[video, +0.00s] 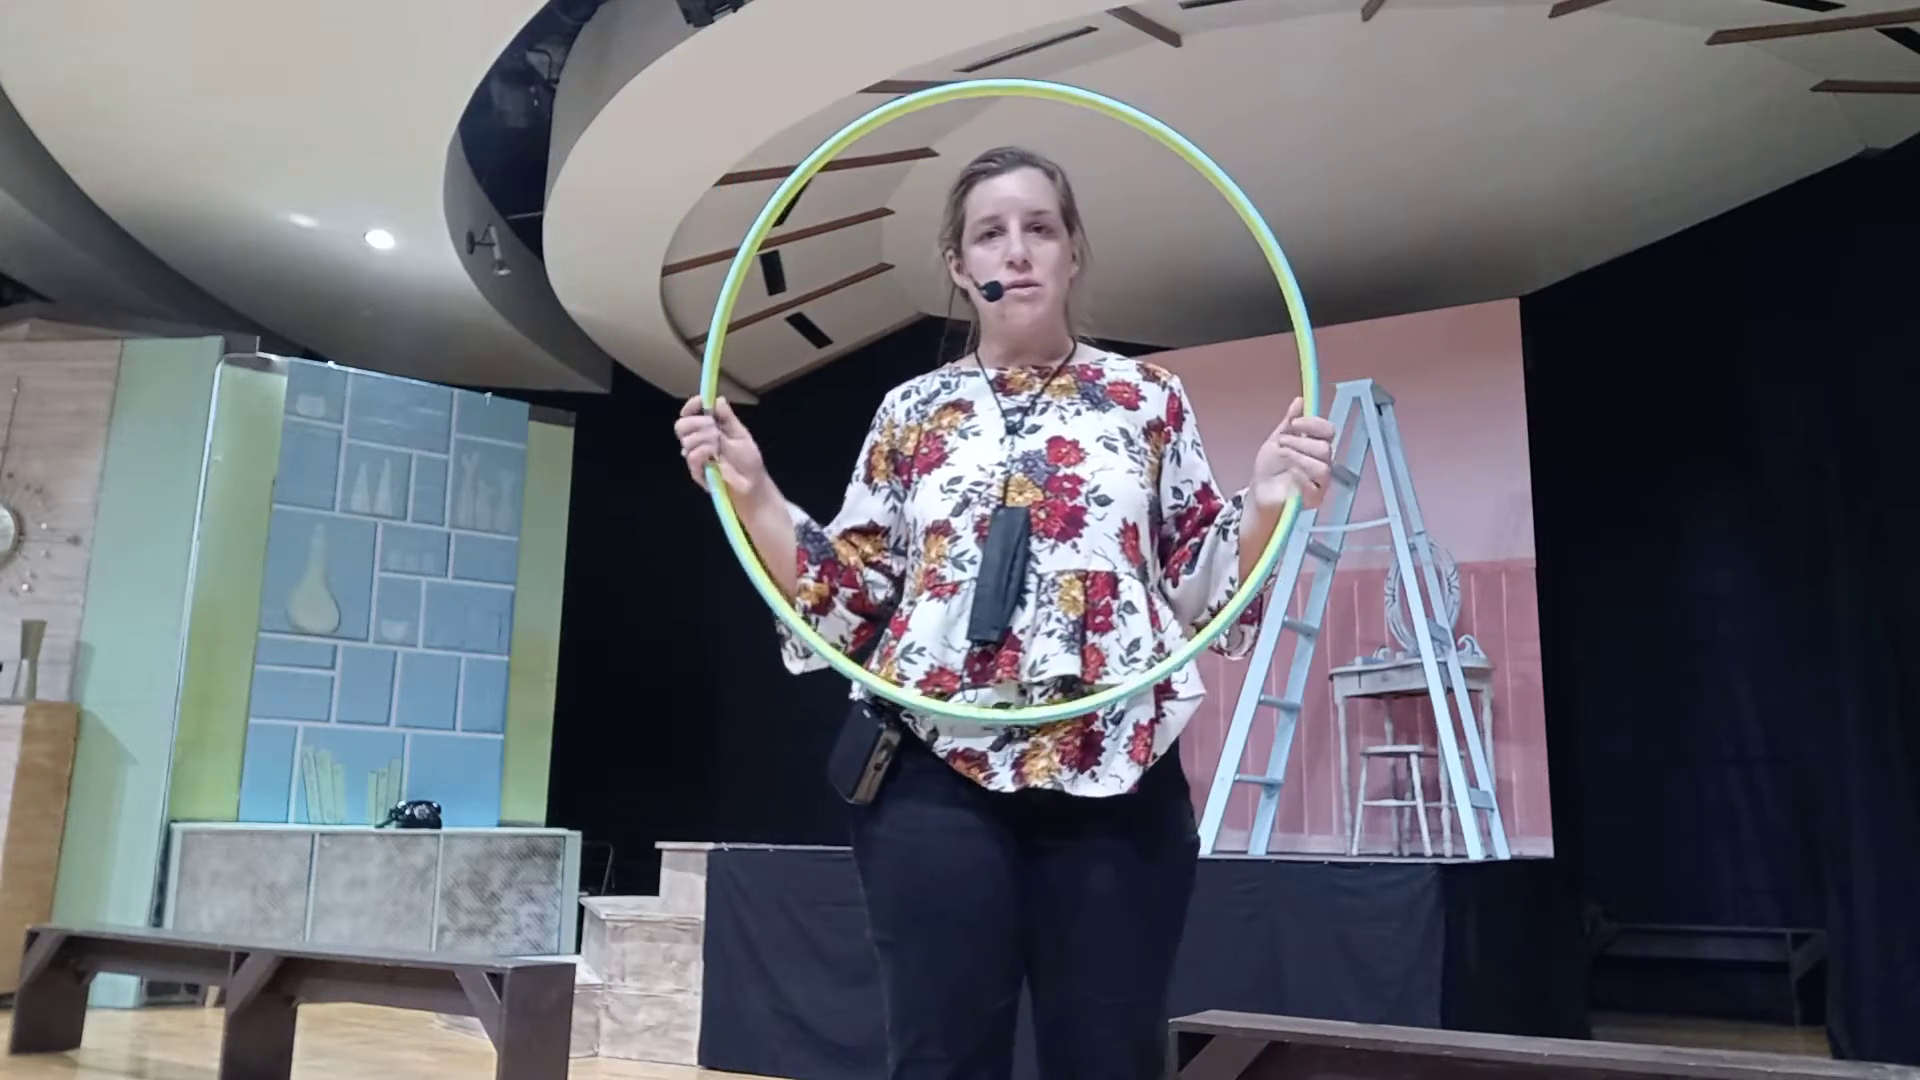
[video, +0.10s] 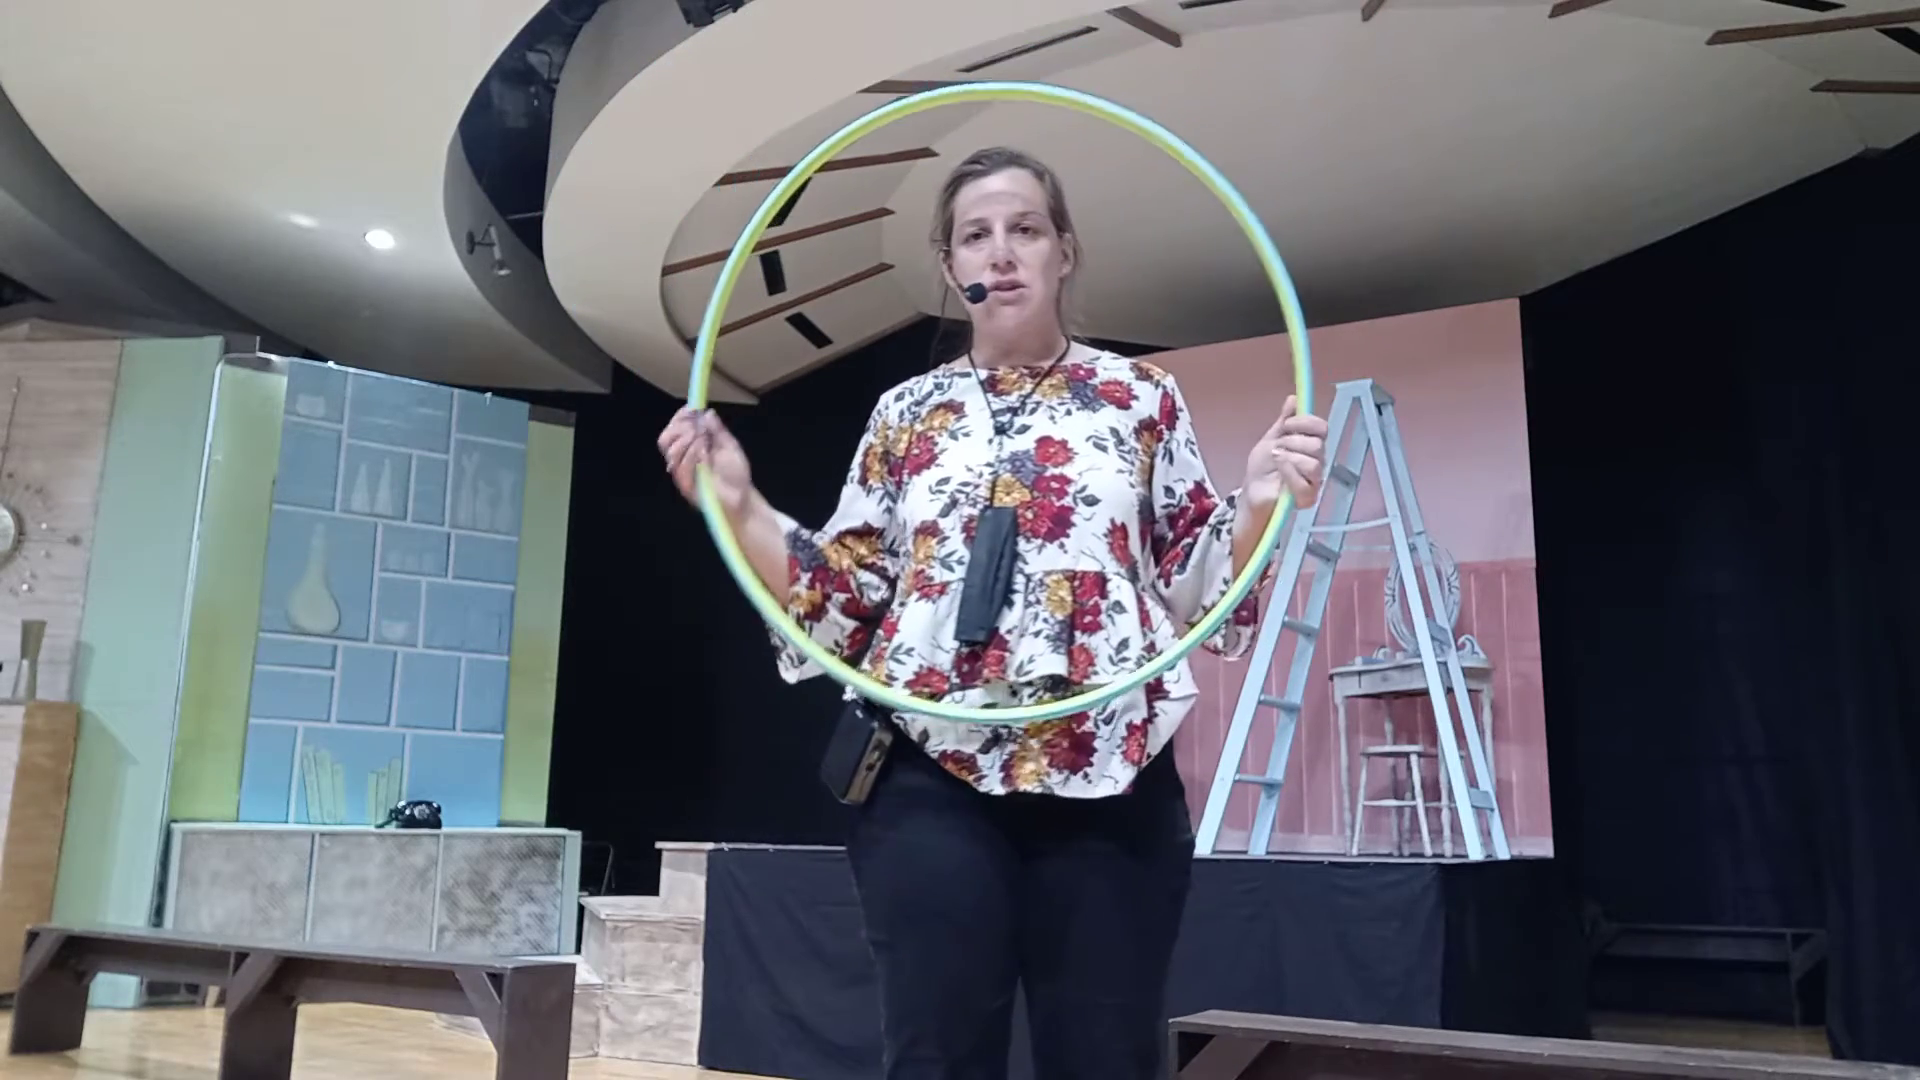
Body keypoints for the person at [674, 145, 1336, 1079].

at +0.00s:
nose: (1016, 250)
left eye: (1039, 229)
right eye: (990, 233)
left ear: (1076, 254)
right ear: (959, 268)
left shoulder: (1149, 400)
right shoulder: (913, 409)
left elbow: (1203, 603)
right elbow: (850, 603)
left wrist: (1265, 506)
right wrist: (755, 495)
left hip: (1116, 797)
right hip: (937, 793)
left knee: (1106, 1063)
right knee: (941, 1061)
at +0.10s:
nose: (999, 250)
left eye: (1024, 230)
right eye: (975, 235)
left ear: (1066, 253)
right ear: (951, 267)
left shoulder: (1141, 397)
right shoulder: (906, 411)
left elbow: (1204, 602)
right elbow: (846, 601)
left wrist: (1258, 506)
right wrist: (742, 508)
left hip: (1110, 798)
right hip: (932, 795)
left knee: (1103, 1062)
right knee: (936, 1061)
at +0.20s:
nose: (989, 254)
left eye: (1012, 232)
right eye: (966, 238)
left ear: (1057, 254)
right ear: (943, 270)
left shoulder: (1134, 398)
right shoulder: (899, 413)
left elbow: (1188, 606)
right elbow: (843, 604)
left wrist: (1243, 516)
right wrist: (730, 534)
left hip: (1101, 798)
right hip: (923, 795)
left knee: (1098, 1062)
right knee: (931, 1060)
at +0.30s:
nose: (983, 252)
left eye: (1007, 230)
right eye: (959, 235)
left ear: (1051, 254)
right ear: (933, 266)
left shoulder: (1125, 397)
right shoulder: (888, 415)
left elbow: (1171, 602)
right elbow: (838, 610)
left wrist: (1226, 524)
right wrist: (729, 549)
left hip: (1089, 796)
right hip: (911, 794)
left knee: (1089, 1061)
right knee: (922, 1059)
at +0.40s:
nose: (974, 252)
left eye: (998, 230)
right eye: (951, 233)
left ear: (1039, 255)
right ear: (921, 263)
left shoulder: (1114, 398)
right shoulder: (877, 417)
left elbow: (1156, 599)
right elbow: (826, 614)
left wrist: (1213, 525)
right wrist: (718, 554)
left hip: (1079, 801)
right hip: (900, 799)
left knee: (1086, 1063)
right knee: (915, 1061)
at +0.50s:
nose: (959, 252)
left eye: (983, 231)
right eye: (936, 234)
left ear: (1026, 258)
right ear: (908, 265)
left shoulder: (1101, 399)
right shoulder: (863, 419)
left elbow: (1141, 605)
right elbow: (816, 615)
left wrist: (1194, 532)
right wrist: (704, 551)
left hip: (1070, 800)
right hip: (890, 798)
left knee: (1082, 1063)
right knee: (907, 1060)